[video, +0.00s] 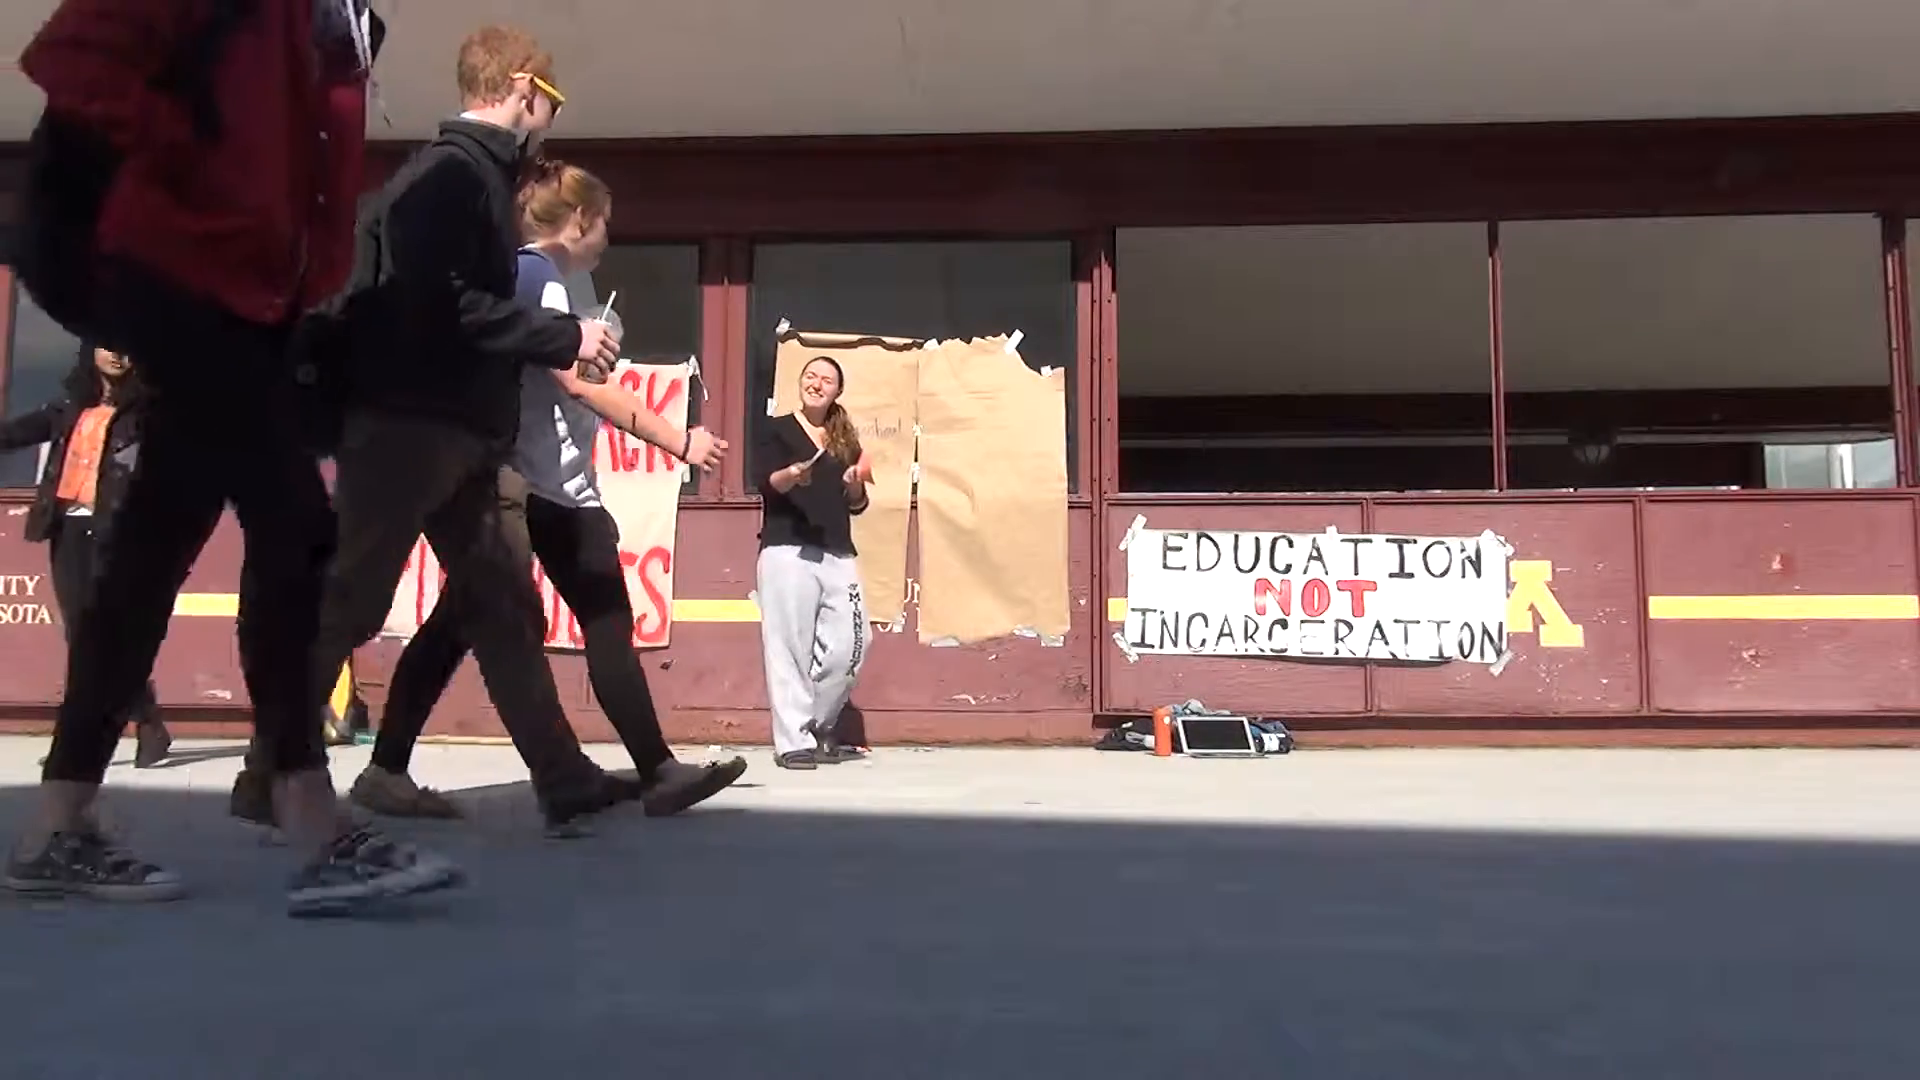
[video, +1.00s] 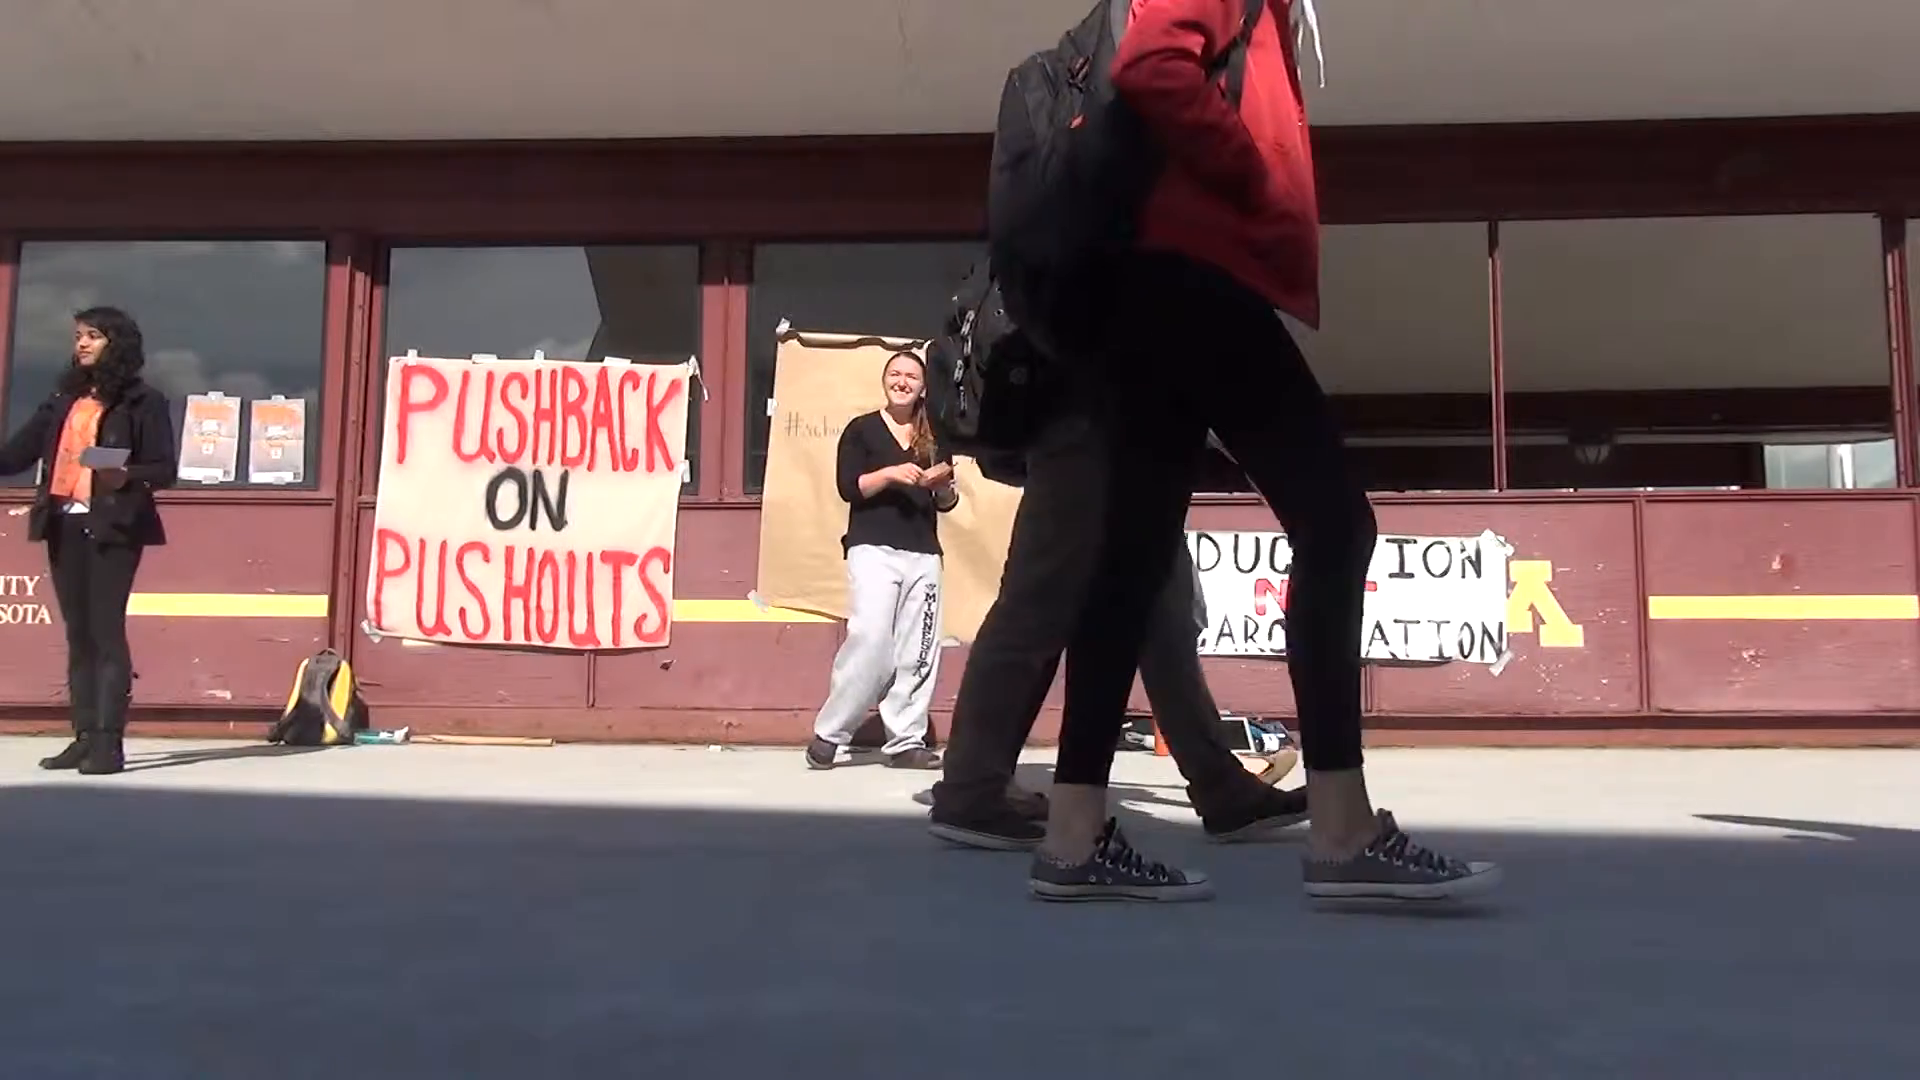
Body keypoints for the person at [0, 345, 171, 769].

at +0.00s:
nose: (113, 355)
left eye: (123, 349)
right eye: (105, 346)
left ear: (136, 357)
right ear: (91, 352)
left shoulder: (145, 403)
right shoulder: (76, 402)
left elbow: (157, 470)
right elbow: (35, 427)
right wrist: (3, 434)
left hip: (114, 526)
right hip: (67, 522)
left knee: (102, 628)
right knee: (82, 631)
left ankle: (149, 720)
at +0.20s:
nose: (112, 353)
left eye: (121, 347)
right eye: (104, 345)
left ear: (133, 357)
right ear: (85, 351)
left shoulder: (147, 407)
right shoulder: (64, 406)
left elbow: (173, 475)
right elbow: (10, 438)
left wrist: (159, 475)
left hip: (115, 530)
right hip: (66, 529)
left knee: (103, 625)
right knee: (76, 633)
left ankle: (131, 737)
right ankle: (86, 739)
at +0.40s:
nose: (107, 351)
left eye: (116, 345)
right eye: (98, 343)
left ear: (128, 354)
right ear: (79, 349)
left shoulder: (143, 405)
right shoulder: (60, 404)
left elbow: (170, 473)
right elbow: (10, 440)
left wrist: (155, 476)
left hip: (115, 529)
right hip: (65, 528)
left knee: (107, 627)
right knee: (75, 632)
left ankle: (122, 739)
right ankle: (86, 738)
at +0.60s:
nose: (91, 348)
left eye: (102, 342)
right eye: (85, 340)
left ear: (121, 350)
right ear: (74, 345)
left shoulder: (141, 402)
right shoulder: (60, 399)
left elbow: (168, 471)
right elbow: (14, 441)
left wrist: (149, 473)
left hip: (114, 528)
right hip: (65, 527)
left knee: (106, 628)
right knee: (76, 632)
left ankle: (109, 740)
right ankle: (86, 738)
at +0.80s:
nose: (78, 346)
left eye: (87, 338)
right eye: (75, 339)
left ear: (114, 344)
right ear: (73, 347)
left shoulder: (142, 402)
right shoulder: (63, 400)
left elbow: (167, 470)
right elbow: (18, 443)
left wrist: (143, 472)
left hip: (113, 529)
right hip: (65, 527)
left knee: (105, 629)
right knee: (77, 631)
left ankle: (108, 741)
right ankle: (86, 737)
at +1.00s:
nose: (79, 345)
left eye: (89, 337)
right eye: (77, 337)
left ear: (116, 343)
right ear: (76, 345)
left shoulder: (144, 400)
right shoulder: (65, 398)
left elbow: (163, 469)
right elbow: (21, 447)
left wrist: (125, 473)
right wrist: (3, 467)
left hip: (113, 526)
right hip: (65, 526)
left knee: (106, 631)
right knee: (78, 632)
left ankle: (107, 743)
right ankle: (86, 736)